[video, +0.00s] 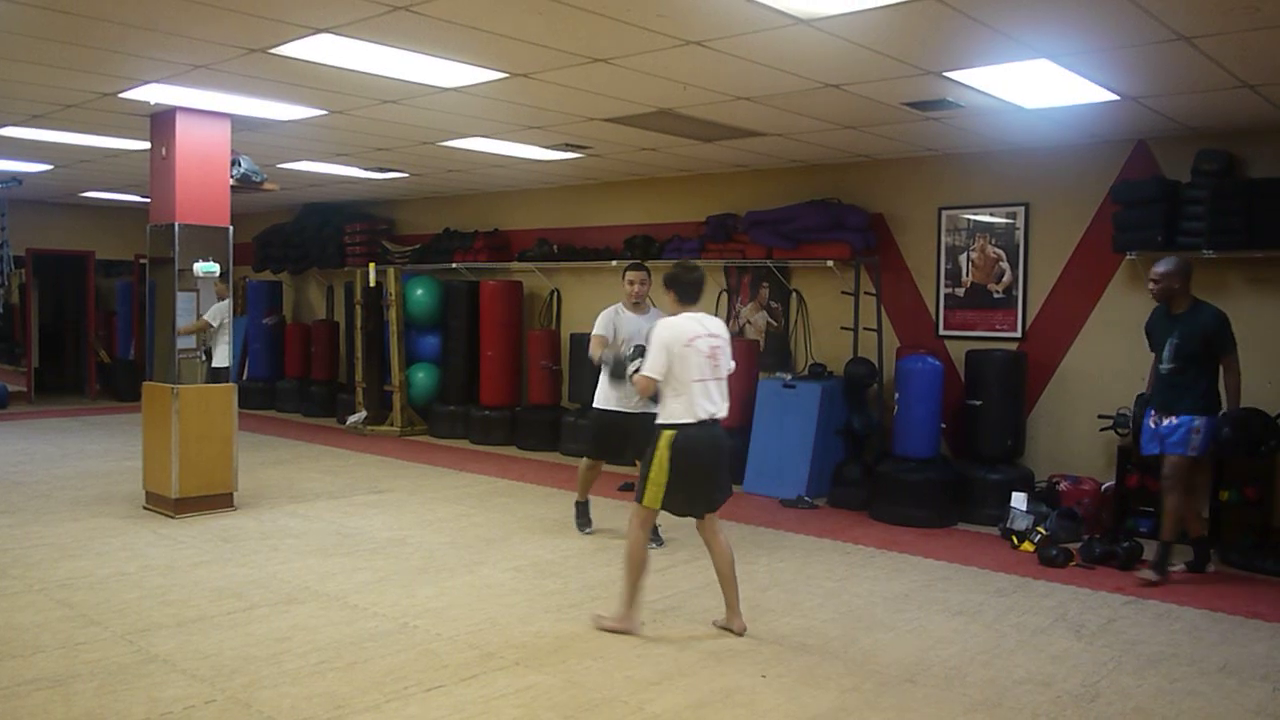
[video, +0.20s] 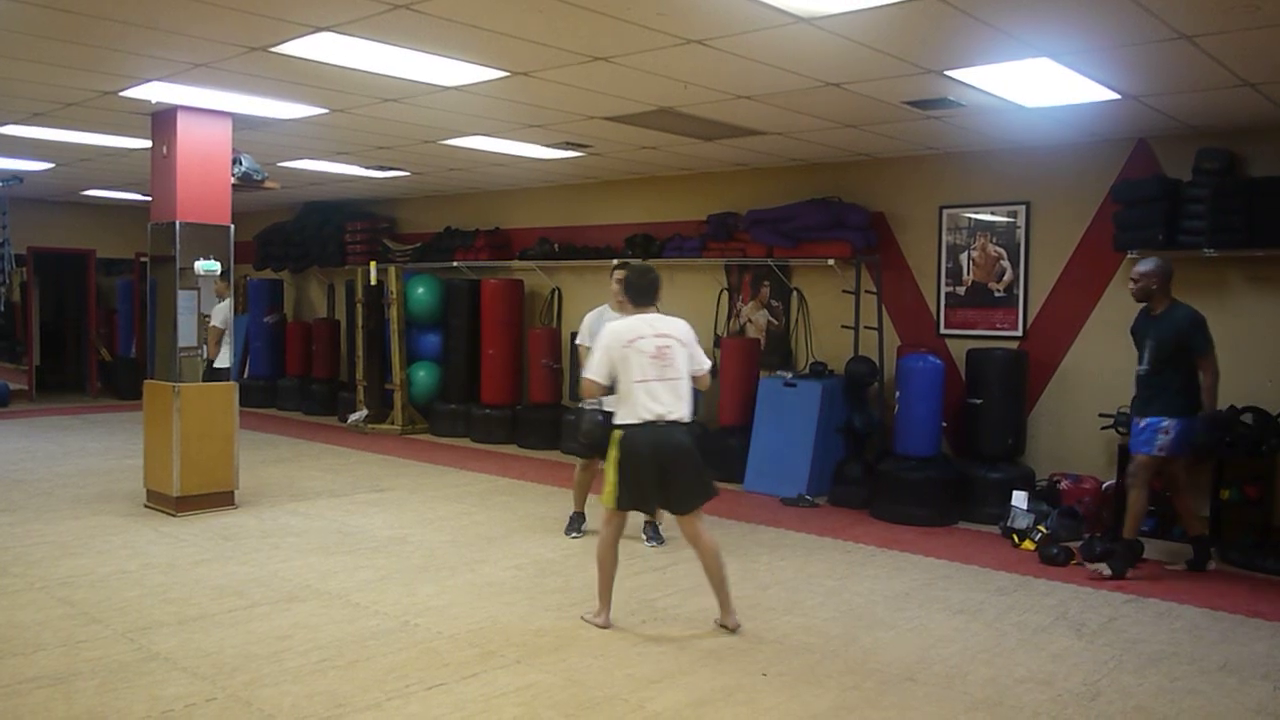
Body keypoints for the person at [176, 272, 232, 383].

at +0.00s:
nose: (215, 289)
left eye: (217, 285)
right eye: (215, 285)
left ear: (226, 286)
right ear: (226, 287)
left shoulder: (220, 307)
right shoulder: (240, 305)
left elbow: (203, 325)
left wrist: (180, 331)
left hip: (221, 364)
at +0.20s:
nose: (214, 288)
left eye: (217, 283)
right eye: (215, 284)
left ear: (226, 284)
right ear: (227, 285)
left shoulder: (222, 308)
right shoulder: (242, 304)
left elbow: (213, 340)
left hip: (221, 365)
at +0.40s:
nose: (213, 288)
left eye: (215, 283)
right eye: (213, 284)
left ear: (226, 285)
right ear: (225, 285)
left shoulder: (224, 308)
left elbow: (214, 339)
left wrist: (202, 361)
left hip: (222, 367)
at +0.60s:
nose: (213, 288)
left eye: (215, 284)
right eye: (213, 284)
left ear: (226, 286)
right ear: (226, 286)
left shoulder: (225, 309)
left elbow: (217, 340)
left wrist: (201, 363)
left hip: (224, 370)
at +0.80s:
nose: (215, 287)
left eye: (217, 282)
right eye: (215, 283)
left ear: (226, 284)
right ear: (225, 284)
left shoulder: (225, 309)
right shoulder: (240, 305)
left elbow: (221, 339)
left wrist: (214, 362)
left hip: (225, 369)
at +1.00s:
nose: (215, 286)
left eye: (218, 282)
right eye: (216, 282)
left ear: (226, 284)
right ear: (225, 284)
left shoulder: (225, 309)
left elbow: (225, 339)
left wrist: (227, 364)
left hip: (221, 367)